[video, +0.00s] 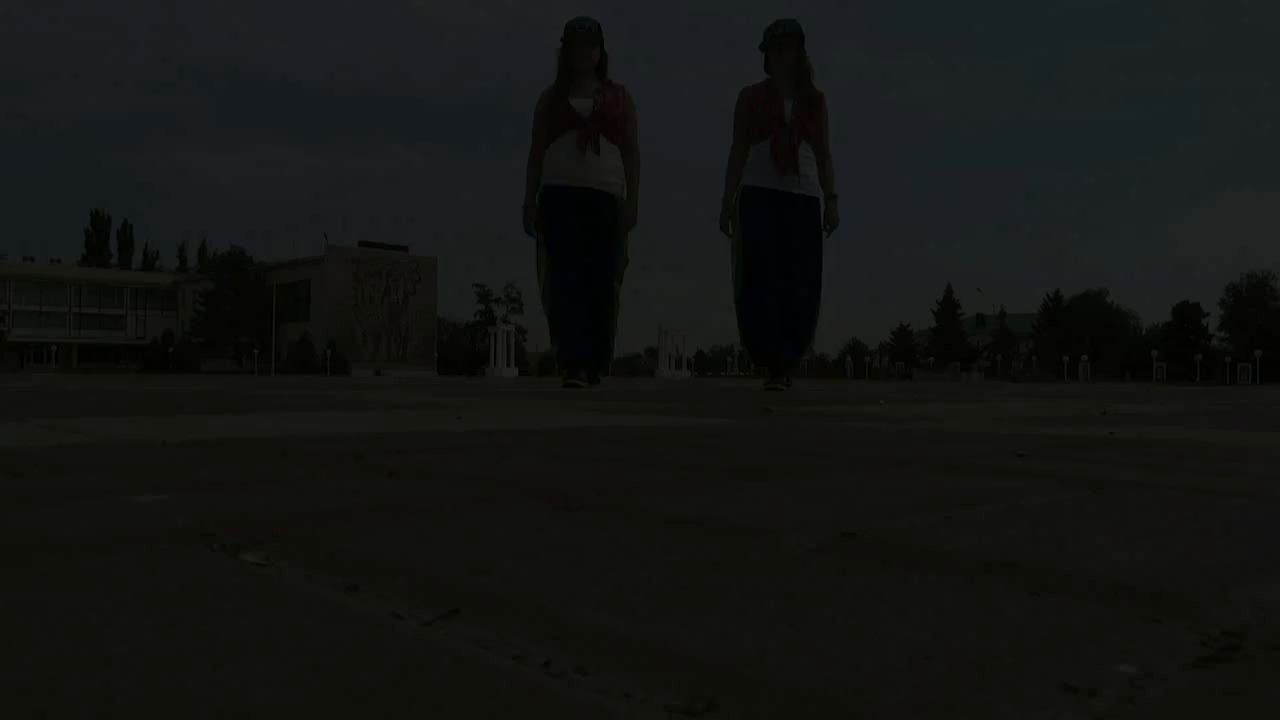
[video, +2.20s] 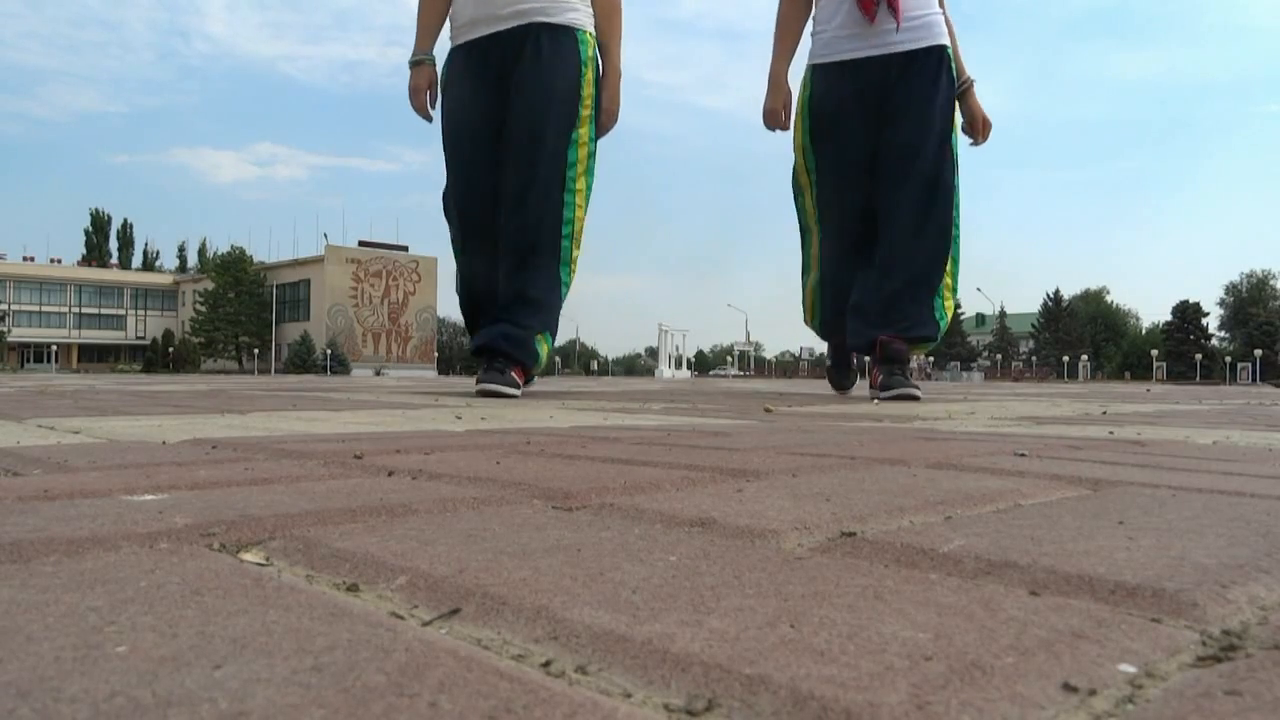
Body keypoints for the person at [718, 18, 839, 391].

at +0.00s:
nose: (785, 58)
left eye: (791, 50)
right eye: (777, 50)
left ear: (801, 54)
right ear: (766, 54)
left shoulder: (813, 98)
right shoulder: (751, 96)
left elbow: (822, 152)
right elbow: (738, 152)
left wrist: (830, 198)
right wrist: (728, 202)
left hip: (802, 201)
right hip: (758, 199)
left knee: (798, 280)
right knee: (760, 279)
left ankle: (787, 366)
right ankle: (768, 365)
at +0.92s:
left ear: (826, 1)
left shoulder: (845, 48)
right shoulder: (766, 47)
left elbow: (855, 112)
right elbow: (754, 112)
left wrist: (873, 163)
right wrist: (740, 170)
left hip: (839, 167)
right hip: (785, 169)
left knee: (835, 265)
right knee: (802, 260)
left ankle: (810, 363)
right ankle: (775, 322)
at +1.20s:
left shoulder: (862, 26)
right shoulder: (778, 28)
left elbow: (873, 85)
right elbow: (767, 100)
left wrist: (892, 120)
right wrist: (752, 164)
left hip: (849, 151)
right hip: (794, 149)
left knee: (842, 249)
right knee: (815, 238)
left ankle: (811, 358)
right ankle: (827, 350)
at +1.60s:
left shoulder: (890, 5)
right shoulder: (790, 4)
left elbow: (895, 66)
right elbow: (780, 61)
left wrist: (916, 131)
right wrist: (763, 130)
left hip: (872, 124)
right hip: (808, 120)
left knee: (870, 242)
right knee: (817, 238)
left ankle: (843, 341)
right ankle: (846, 361)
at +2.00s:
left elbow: (911, 37)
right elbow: (784, 14)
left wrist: (935, 120)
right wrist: (775, 75)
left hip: (898, 89)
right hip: (822, 89)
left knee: (894, 212)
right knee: (833, 226)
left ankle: (894, 323)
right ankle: (847, 361)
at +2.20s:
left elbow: (936, 12)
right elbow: (799, 2)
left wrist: (966, 88)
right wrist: (778, 75)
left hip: (921, 56)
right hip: (836, 60)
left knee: (913, 210)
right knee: (841, 210)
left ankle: (893, 357)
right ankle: (840, 333)